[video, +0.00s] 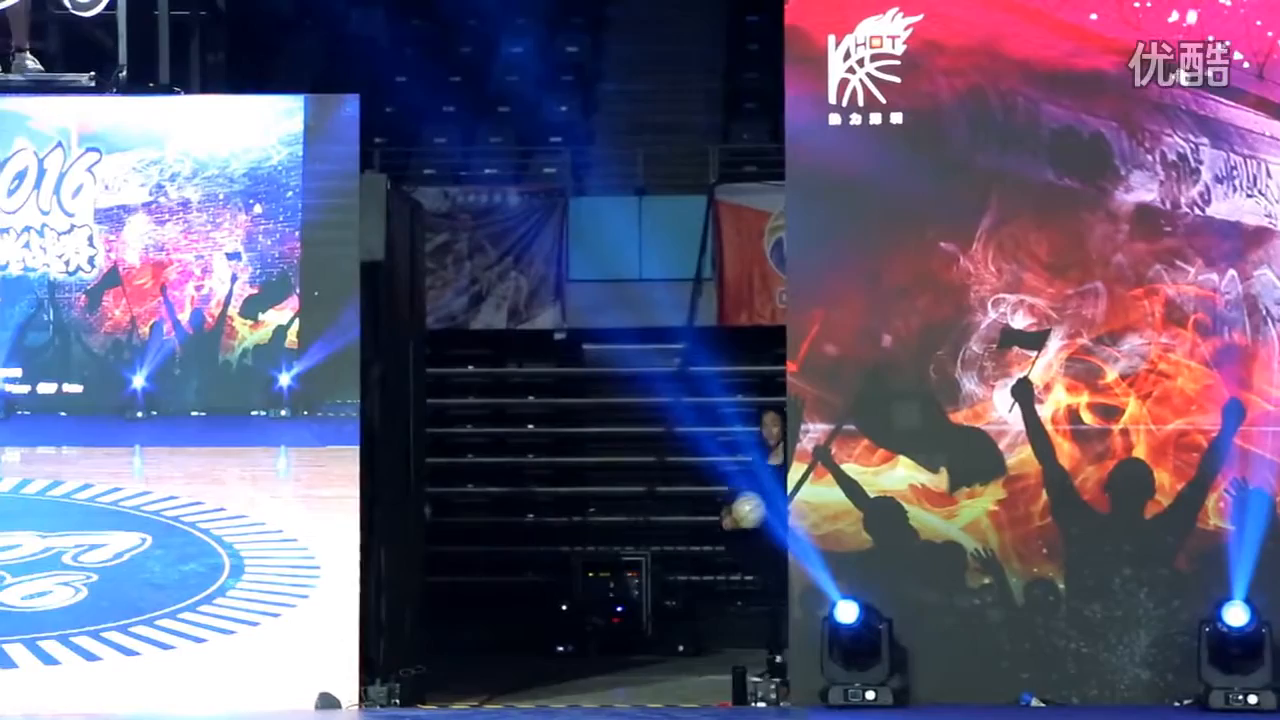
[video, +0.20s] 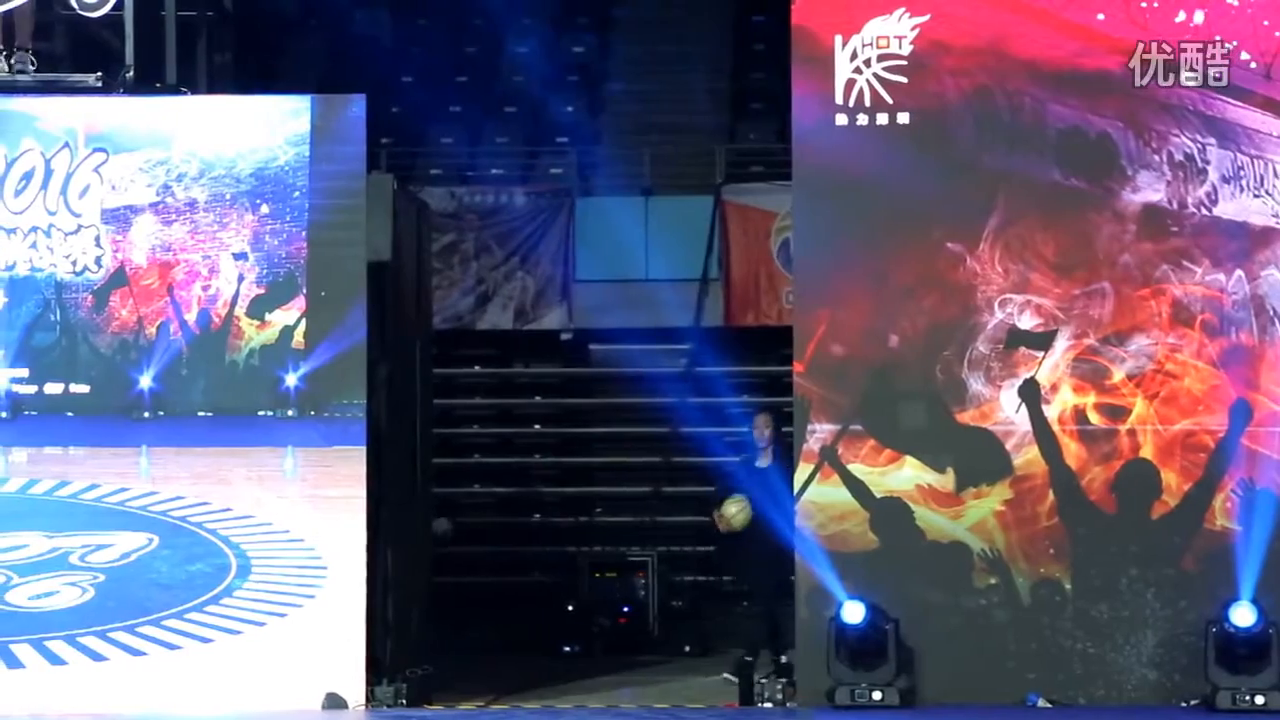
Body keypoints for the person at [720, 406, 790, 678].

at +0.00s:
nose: (769, 430)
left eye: (774, 425)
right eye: (765, 425)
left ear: (784, 428)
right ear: (760, 429)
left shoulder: (794, 457)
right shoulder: (755, 461)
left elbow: (802, 492)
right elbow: (735, 491)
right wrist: (728, 513)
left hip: (787, 535)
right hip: (761, 536)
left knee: (785, 598)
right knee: (772, 598)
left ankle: (785, 657)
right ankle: (773, 657)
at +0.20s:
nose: (761, 433)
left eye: (766, 428)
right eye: (757, 428)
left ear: (774, 431)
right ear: (750, 432)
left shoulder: (786, 465)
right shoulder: (741, 467)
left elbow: (799, 500)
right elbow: (721, 498)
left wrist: (799, 527)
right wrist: (720, 517)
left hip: (779, 545)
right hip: (748, 545)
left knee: (773, 602)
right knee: (756, 602)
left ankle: (778, 656)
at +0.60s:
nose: (749, 438)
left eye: (754, 433)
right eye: (745, 432)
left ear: (761, 436)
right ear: (737, 434)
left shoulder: (772, 465)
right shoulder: (722, 463)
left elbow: (788, 500)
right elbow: (701, 490)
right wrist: (689, 513)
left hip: (756, 541)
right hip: (723, 540)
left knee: (748, 603)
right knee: (718, 596)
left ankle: (743, 666)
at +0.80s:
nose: (749, 444)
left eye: (753, 439)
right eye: (745, 439)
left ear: (759, 442)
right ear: (735, 439)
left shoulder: (763, 469)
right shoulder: (717, 465)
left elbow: (767, 501)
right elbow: (698, 491)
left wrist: (752, 526)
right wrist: (690, 512)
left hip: (750, 544)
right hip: (718, 543)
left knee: (748, 605)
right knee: (717, 605)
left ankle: (747, 667)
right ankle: (717, 665)